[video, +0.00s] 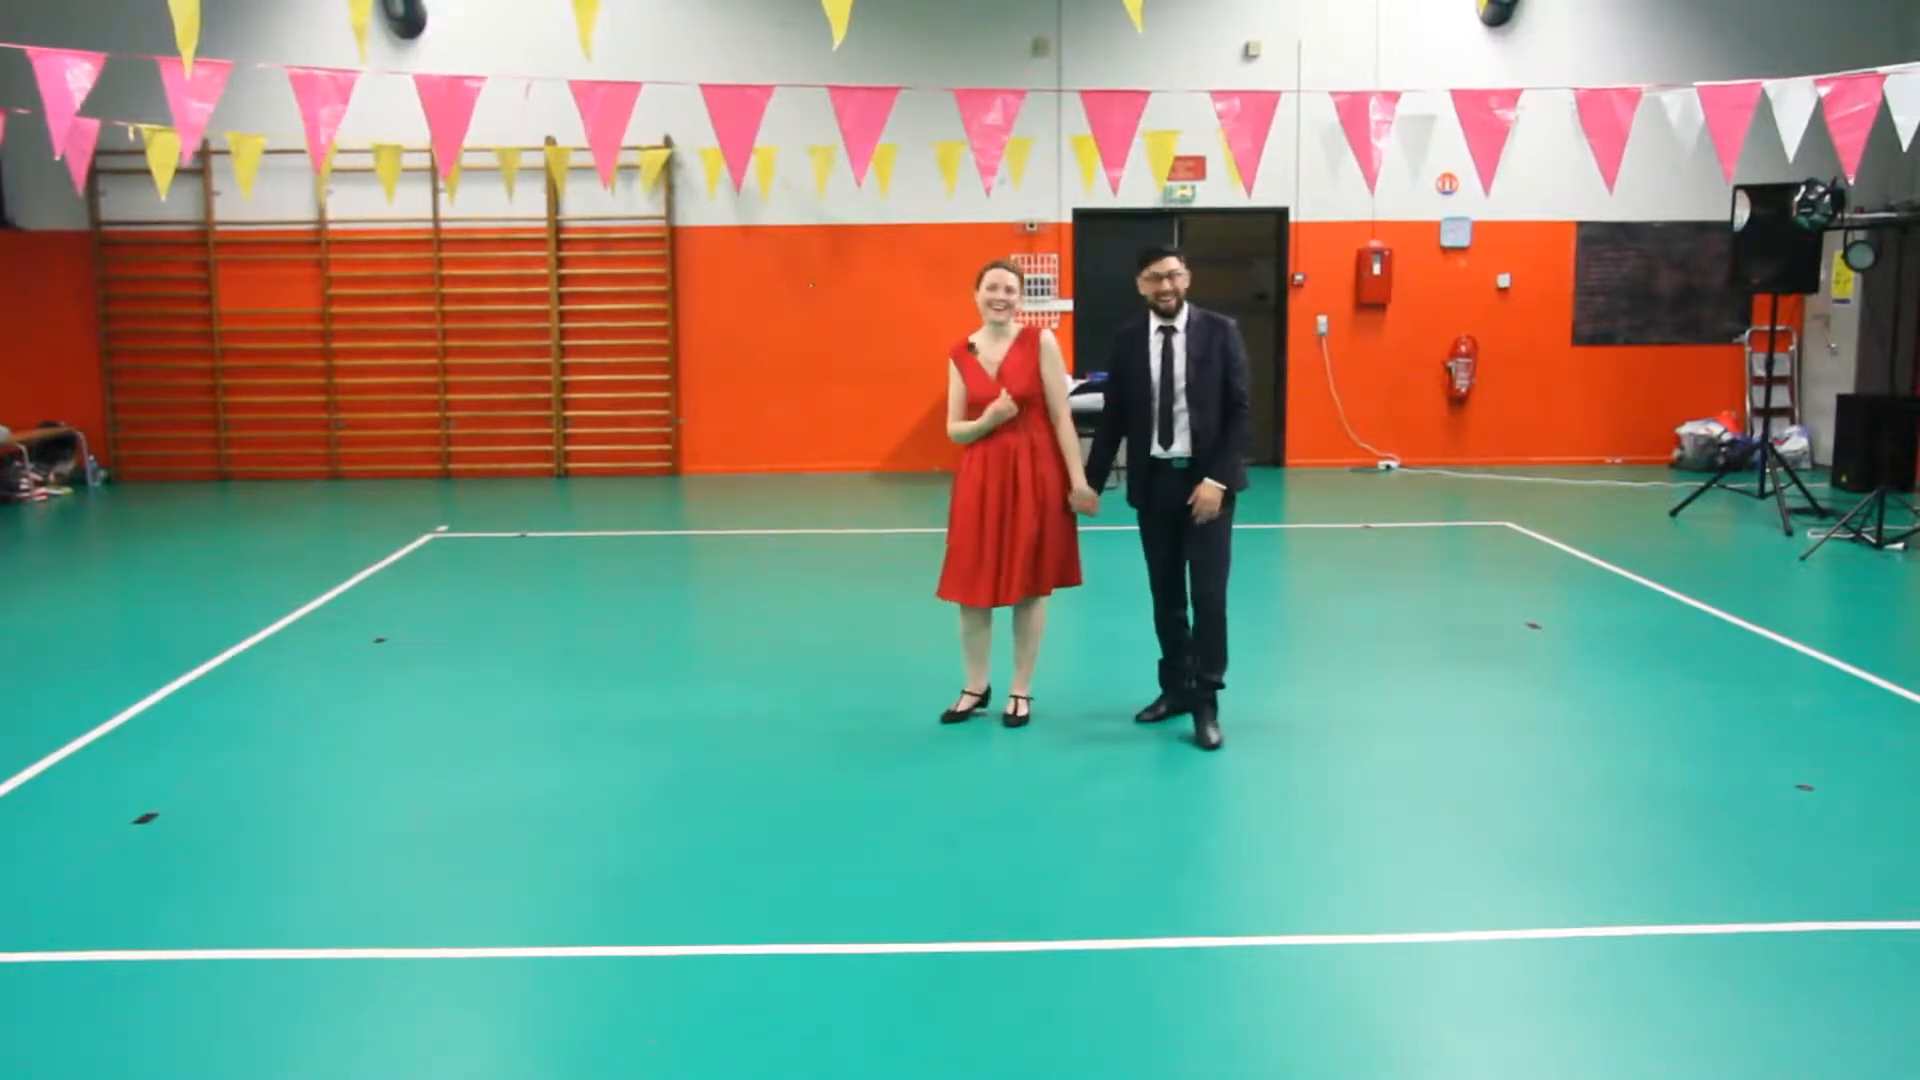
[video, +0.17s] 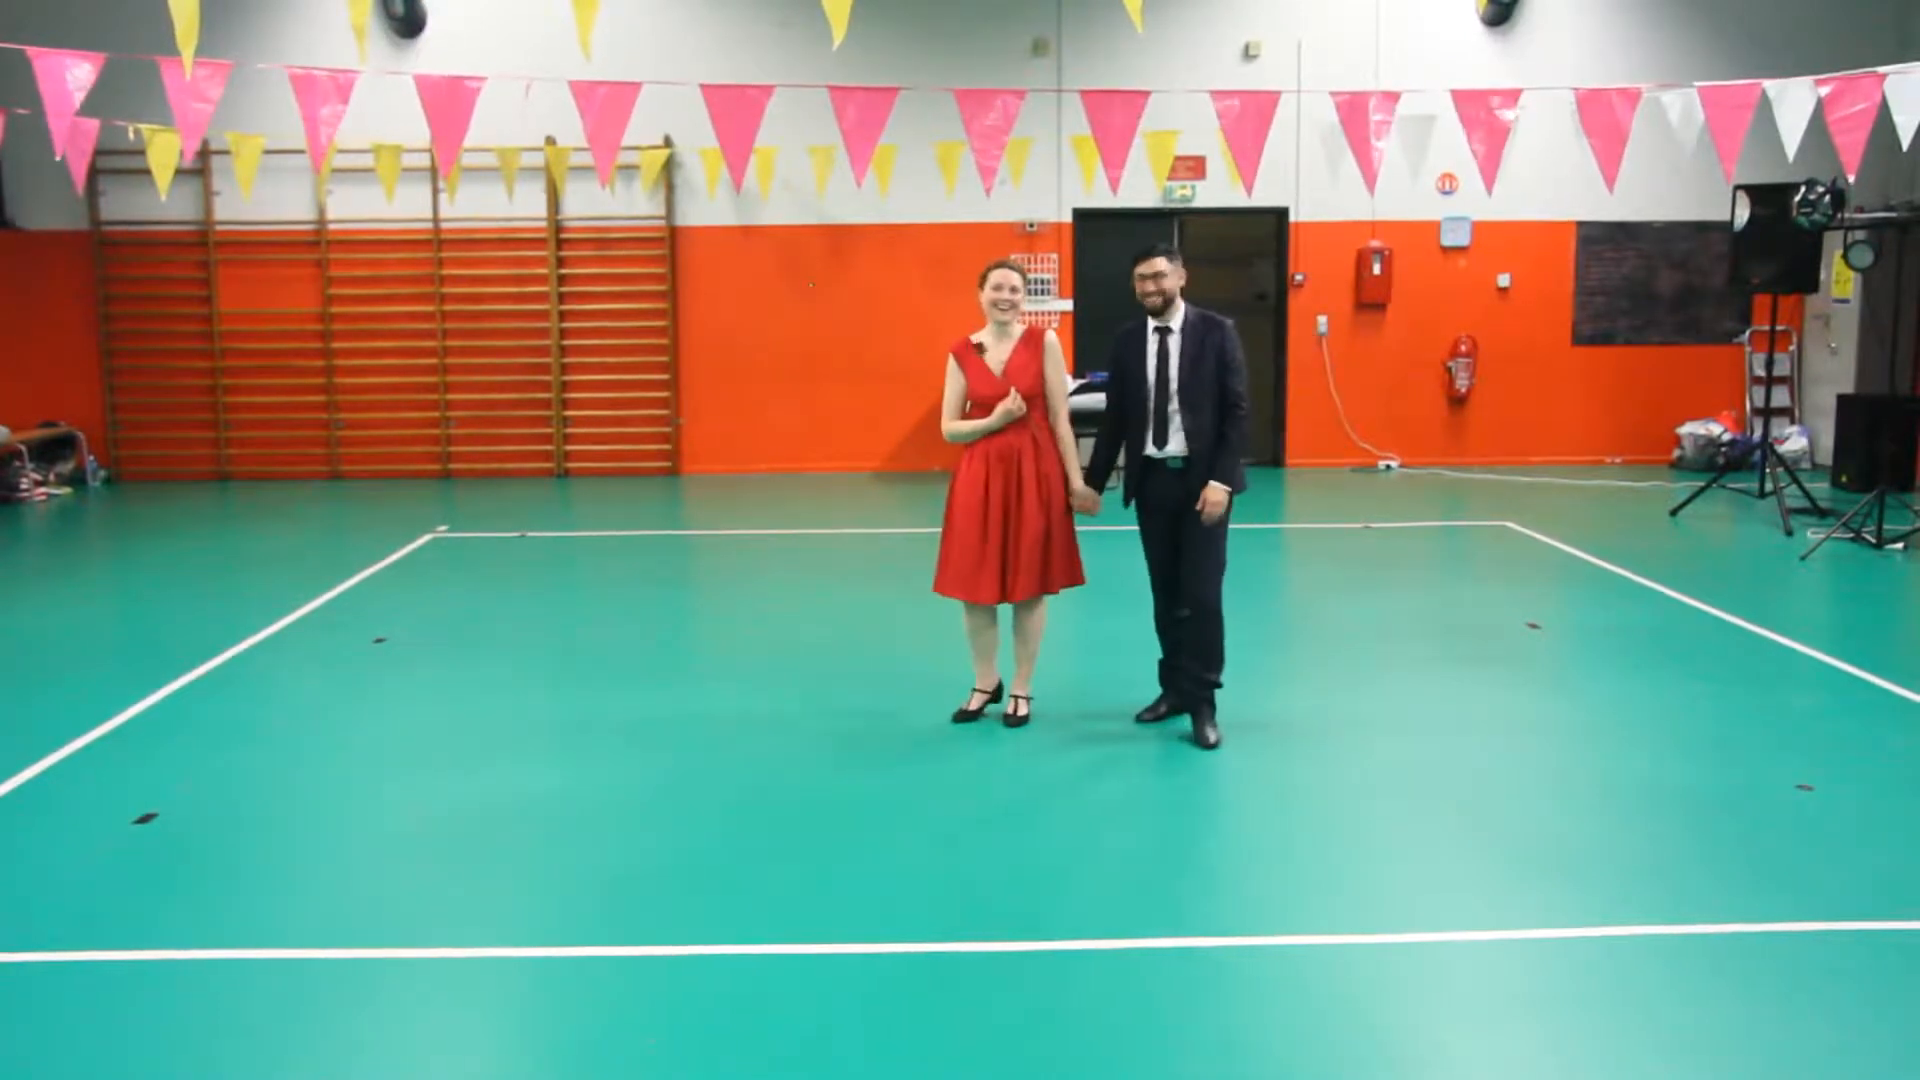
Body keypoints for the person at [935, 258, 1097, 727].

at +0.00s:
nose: (1001, 296)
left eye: (1009, 289)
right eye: (992, 288)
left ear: (1021, 298)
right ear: (976, 296)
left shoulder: (1041, 344)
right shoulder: (962, 355)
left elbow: (1062, 415)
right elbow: (955, 430)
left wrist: (1079, 480)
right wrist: (988, 419)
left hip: (1034, 475)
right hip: (981, 477)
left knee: (1029, 587)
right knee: (973, 587)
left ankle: (1021, 690)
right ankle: (975, 686)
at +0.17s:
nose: (1006, 296)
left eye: (1014, 289)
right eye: (997, 288)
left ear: (1025, 297)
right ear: (980, 296)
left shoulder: (1044, 344)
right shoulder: (963, 353)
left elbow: (1061, 418)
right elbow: (950, 428)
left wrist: (1077, 481)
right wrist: (994, 419)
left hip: (1034, 475)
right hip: (981, 477)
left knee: (1028, 589)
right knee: (976, 588)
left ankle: (1021, 689)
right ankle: (985, 683)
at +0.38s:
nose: (1008, 296)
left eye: (1015, 289)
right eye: (999, 288)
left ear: (1025, 298)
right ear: (981, 296)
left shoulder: (1042, 344)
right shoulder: (960, 352)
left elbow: (1059, 417)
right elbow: (946, 427)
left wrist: (1078, 477)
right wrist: (995, 417)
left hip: (1034, 477)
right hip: (980, 479)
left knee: (1028, 592)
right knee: (974, 592)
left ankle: (1021, 690)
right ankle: (961, 676)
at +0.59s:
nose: (1003, 295)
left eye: (1009, 288)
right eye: (993, 287)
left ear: (1018, 295)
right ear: (973, 294)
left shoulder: (1032, 343)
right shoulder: (952, 350)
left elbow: (1054, 413)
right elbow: (937, 426)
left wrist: (1083, 472)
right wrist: (991, 413)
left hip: (1024, 476)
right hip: (970, 478)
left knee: (1023, 587)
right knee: (967, 588)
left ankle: (1020, 690)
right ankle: (951, 680)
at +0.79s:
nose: (998, 293)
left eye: (1002, 286)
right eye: (988, 285)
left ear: (1008, 293)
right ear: (964, 291)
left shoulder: (1019, 340)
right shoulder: (940, 346)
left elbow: (1049, 408)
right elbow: (924, 423)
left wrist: (1090, 467)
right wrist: (983, 410)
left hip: (1009, 471)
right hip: (957, 471)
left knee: (1014, 586)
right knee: (956, 586)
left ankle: (1019, 692)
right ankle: (951, 682)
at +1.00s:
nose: (991, 296)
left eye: (993, 288)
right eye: (983, 288)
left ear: (992, 293)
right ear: (954, 292)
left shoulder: (1003, 338)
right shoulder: (926, 348)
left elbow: (1042, 403)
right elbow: (910, 422)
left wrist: (1087, 456)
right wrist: (971, 413)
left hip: (995, 474)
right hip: (944, 476)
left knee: (1004, 586)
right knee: (947, 586)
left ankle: (1018, 689)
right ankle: (951, 682)